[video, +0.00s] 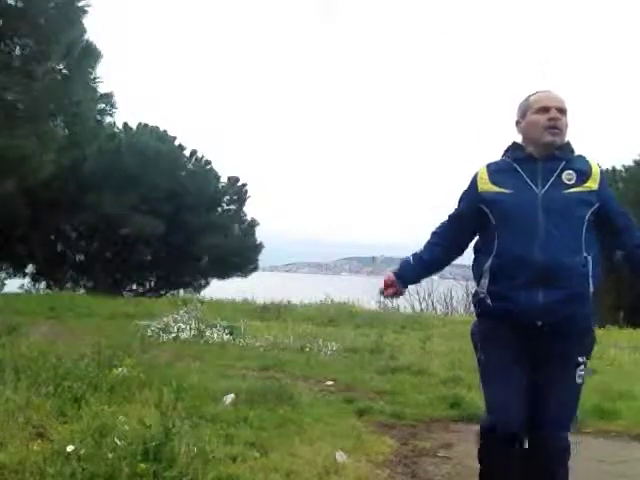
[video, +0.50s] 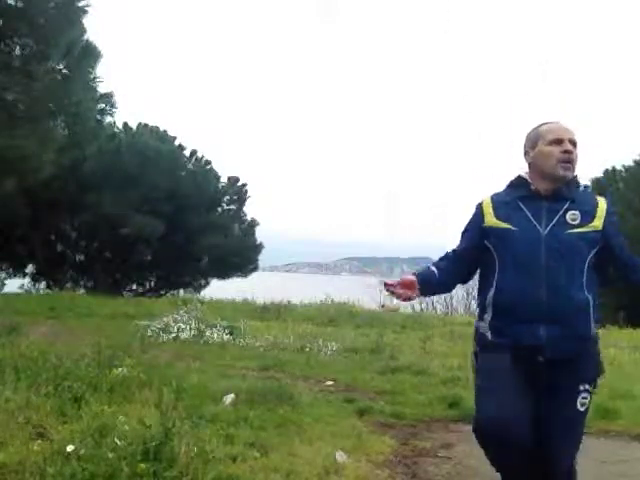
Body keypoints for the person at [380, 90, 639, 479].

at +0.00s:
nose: (555, 116)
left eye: (561, 111)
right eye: (543, 110)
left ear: (568, 124)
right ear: (520, 123)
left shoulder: (590, 177)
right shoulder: (490, 178)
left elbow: (627, 240)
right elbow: (450, 239)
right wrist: (404, 274)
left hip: (568, 327)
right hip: (501, 324)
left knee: (552, 437)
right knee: (504, 428)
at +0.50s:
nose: (568, 150)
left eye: (573, 144)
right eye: (556, 143)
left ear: (578, 155)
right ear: (530, 155)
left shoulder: (596, 211)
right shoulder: (493, 209)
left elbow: (626, 267)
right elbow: (460, 263)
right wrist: (421, 282)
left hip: (571, 352)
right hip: (503, 350)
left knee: (557, 455)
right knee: (498, 428)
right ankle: (524, 474)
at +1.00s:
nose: (559, 127)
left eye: (565, 122)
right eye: (548, 122)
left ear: (573, 133)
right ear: (526, 134)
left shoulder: (591, 186)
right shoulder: (493, 185)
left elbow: (621, 251)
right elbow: (456, 244)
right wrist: (413, 283)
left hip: (572, 333)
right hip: (508, 333)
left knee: (572, 437)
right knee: (509, 445)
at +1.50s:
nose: (551, 141)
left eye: (560, 135)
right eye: (542, 135)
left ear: (574, 145)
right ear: (529, 146)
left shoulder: (602, 195)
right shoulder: (500, 198)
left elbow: (632, 252)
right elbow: (463, 252)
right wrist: (417, 272)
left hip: (578, 336)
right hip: (514, 336)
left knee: (571, 433)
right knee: (521, 435)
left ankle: (559, 474)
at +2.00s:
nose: (559, 148)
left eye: (569, 142)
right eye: (551, 142)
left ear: (584, 154)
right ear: (539, 153)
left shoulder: (611, 206)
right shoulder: (508, 206)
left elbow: (630, 268)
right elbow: (481, 263)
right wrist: (441, 297)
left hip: (581, 353)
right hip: (516, 349)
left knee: (577, 456)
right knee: (510, 429)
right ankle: (527, 476)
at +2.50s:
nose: (548, 127)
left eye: (557, 120)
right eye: (540, 120)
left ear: (572, 130)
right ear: (528, 131)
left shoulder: (595, 184)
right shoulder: (497, 184)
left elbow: (627, 249)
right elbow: (460, 239)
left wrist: (630, 304)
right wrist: (415, 271)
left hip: (575, 328)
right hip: (512, 328)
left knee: (568, 428)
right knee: (519, 430)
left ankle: (565, 476)